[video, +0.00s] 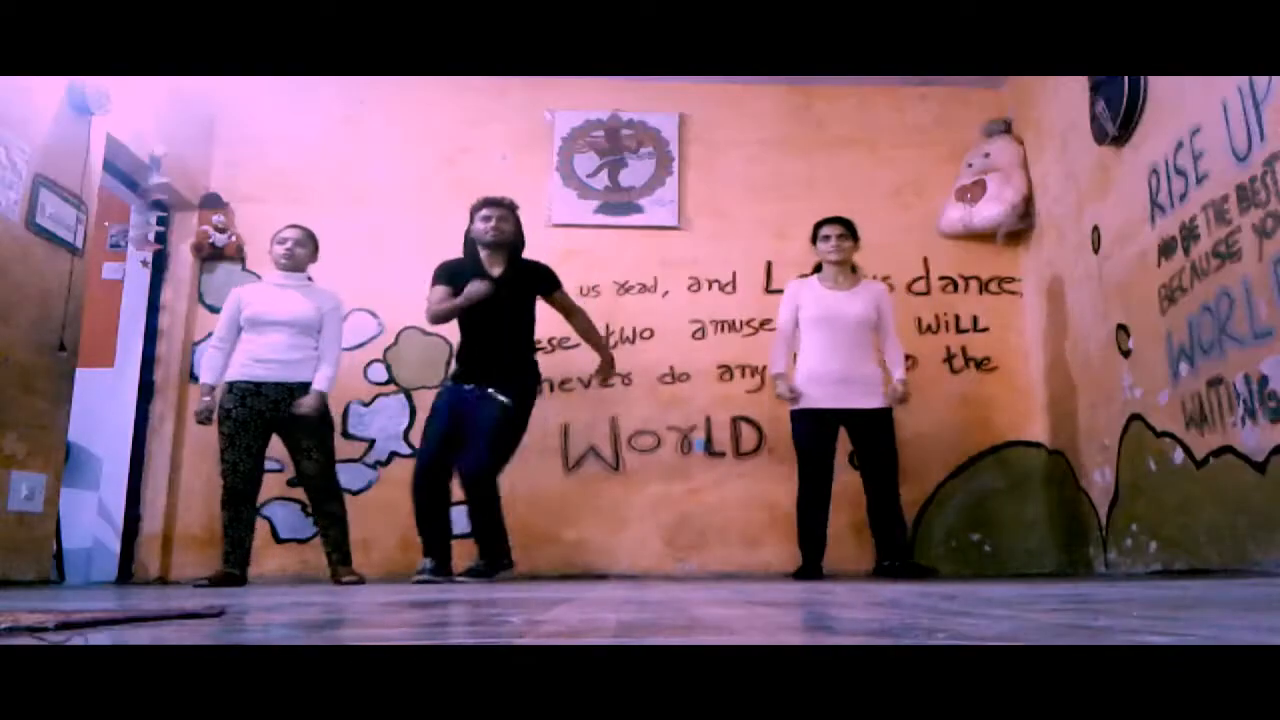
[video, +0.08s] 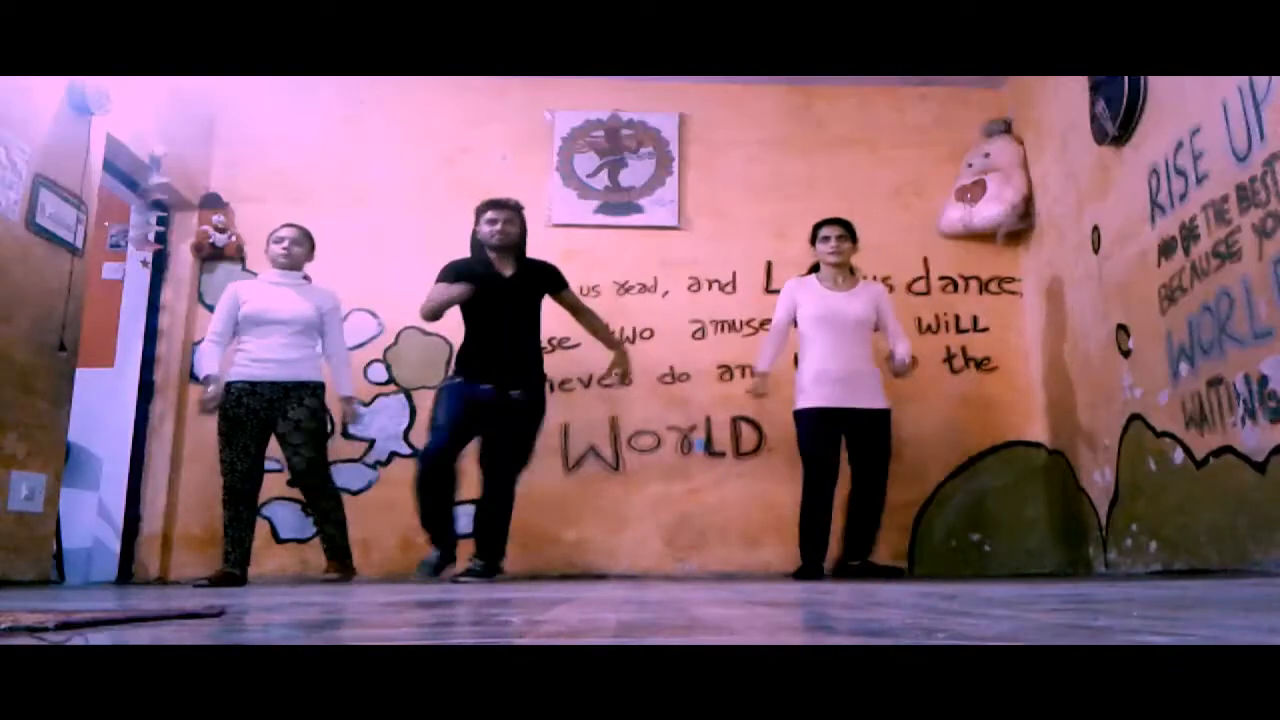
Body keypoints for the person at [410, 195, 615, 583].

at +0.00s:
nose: (493, 224)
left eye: (502, 220)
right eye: (485, 219)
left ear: (517, 232)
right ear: (471, 230)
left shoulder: (533, 275)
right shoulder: (453, 271)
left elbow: (572, 312)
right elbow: (433, 314)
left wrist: (605, 352)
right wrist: (465, 299)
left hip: (512, 384)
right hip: (465, 381)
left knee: (475, 468)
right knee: (429, 470)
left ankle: (495, 557)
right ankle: (436, 560)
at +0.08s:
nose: (499, 227)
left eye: (508, 223)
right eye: (491, 222)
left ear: (522, 232)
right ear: (477, 231)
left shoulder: (541, 274)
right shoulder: (463, 271)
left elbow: (580, 311)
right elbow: (428, 311)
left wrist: (618, 348)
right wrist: (457, 293)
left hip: (521, 389)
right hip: (470, 385)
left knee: (499, 475)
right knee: (435, 458)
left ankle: (488, 559)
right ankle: (442, 546)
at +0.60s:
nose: (550, 198)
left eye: (560, 192)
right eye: (539, 192)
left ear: (574, 205)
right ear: (518, 203)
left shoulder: (585, 261)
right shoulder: (500, 247)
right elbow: (472, 283)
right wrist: (533, 259)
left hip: (563, 385)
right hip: (506, 383)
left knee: (532, 481)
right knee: (471, 480)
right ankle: (489, 594)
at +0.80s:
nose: (580, 190)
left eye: (590, 184)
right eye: (568, 184)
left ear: (604, 196)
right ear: (550, 196)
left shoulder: (621, 249)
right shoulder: (528, 246)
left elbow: (692, 287)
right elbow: (456, 291)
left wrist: (709, 264)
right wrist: (446, 310)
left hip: (583, 382)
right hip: (531, 379)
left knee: (604, 480)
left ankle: (537, 590)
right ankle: (545, 577)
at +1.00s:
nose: (605, 189)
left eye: (615, 183)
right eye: (593, 183)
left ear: (629, 196)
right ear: (573, 196)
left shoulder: (646, 253)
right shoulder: (546, 251)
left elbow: (688, 305)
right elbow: (520, 311)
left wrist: (729, 313)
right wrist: (571, 302)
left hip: (625, 387)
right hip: (561, 389)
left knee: (665, 464)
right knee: (546, 477)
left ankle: (620, 569)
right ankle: (559, 590)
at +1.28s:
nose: (644, 216)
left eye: (651, 210)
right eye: (635, 210)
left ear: (661, 218)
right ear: (617, 218)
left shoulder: (670, 268)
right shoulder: (603, 259)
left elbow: (725, 298)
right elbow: (576, 294)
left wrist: (760, 280)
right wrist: (613, 296)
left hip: (662, 375)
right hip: (611, 373)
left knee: (673, 467)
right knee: (602, 437)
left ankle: (674, 556)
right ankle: (569, 508)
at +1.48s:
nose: (655, 217)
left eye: (662, 212)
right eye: (645, 212)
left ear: (672, 221)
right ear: (628, 222)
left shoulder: (683, 264)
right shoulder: (612, 263)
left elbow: (744, 263)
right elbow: (556, 299)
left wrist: (743, 226)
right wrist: (524, 327)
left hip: (670, 378)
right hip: (631, 375)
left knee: (684, 456)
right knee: (654, 435)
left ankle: (650, 554)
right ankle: (590, 397)